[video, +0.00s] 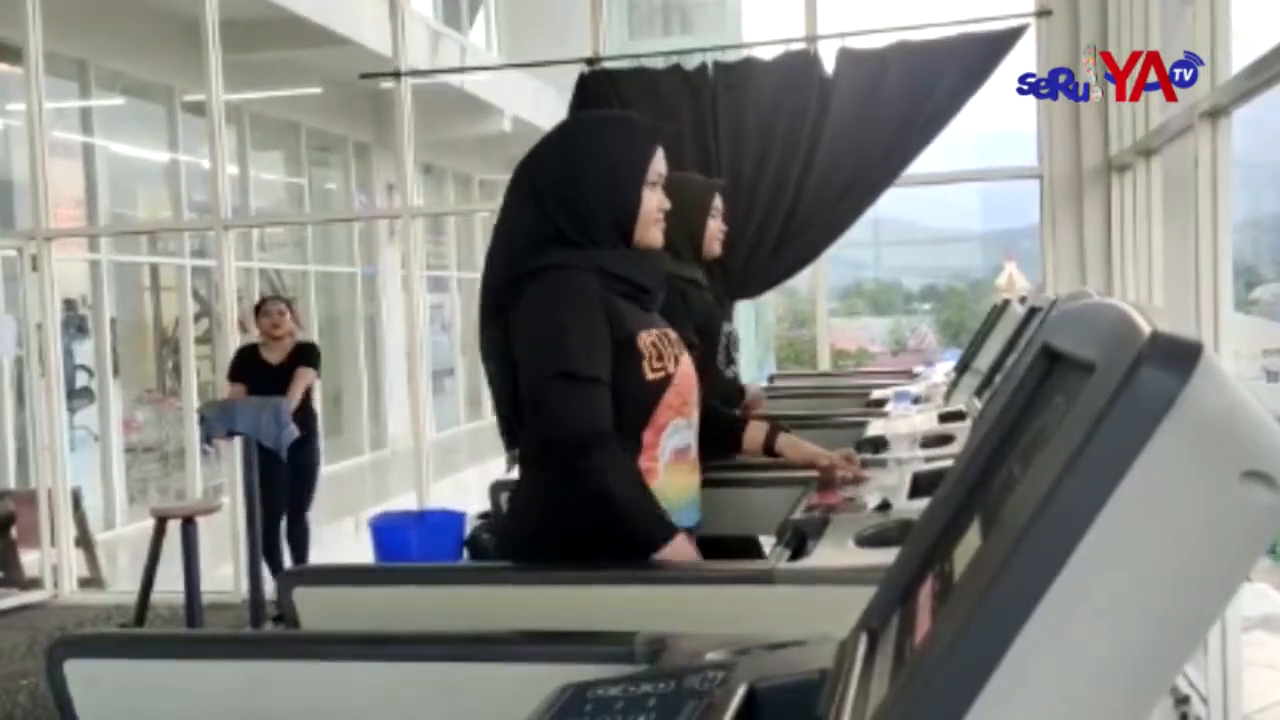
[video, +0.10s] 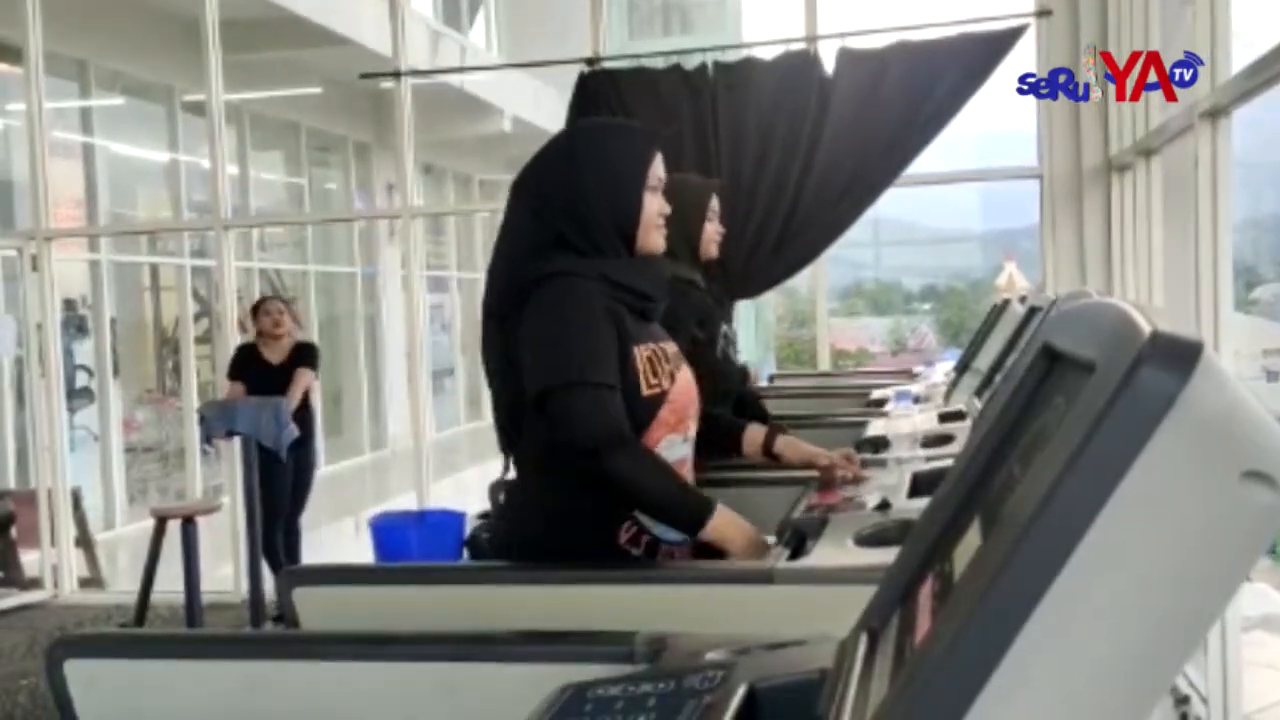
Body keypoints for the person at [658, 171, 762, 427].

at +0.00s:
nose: (723, 227)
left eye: (721, 217)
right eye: (715, 216)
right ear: (689, 219)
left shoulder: (706, 281)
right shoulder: (680, 286)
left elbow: (707, 366)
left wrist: (738, 395)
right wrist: (741, 396)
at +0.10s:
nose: (720, 230)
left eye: (718, 219)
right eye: (711, 219)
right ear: (685, 221)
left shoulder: (707, 285)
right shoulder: (677, 290)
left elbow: (728, 375)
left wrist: (770, 433)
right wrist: (770, 441)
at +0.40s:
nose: (718, 228)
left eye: (715, 218)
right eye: (708, 218)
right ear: (680, 221)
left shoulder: (705, 286)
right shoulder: (675, 293)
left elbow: (748, 363)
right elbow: (721, 369)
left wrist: (816, 416)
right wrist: (747, 356)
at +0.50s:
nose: (716, 225)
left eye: (713, 215)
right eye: (707, 215)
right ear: (679, 218)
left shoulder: (704, 281)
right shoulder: (675, 287)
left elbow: (744, 358)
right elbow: (719, 363)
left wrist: (809, 409)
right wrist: (739, 343)